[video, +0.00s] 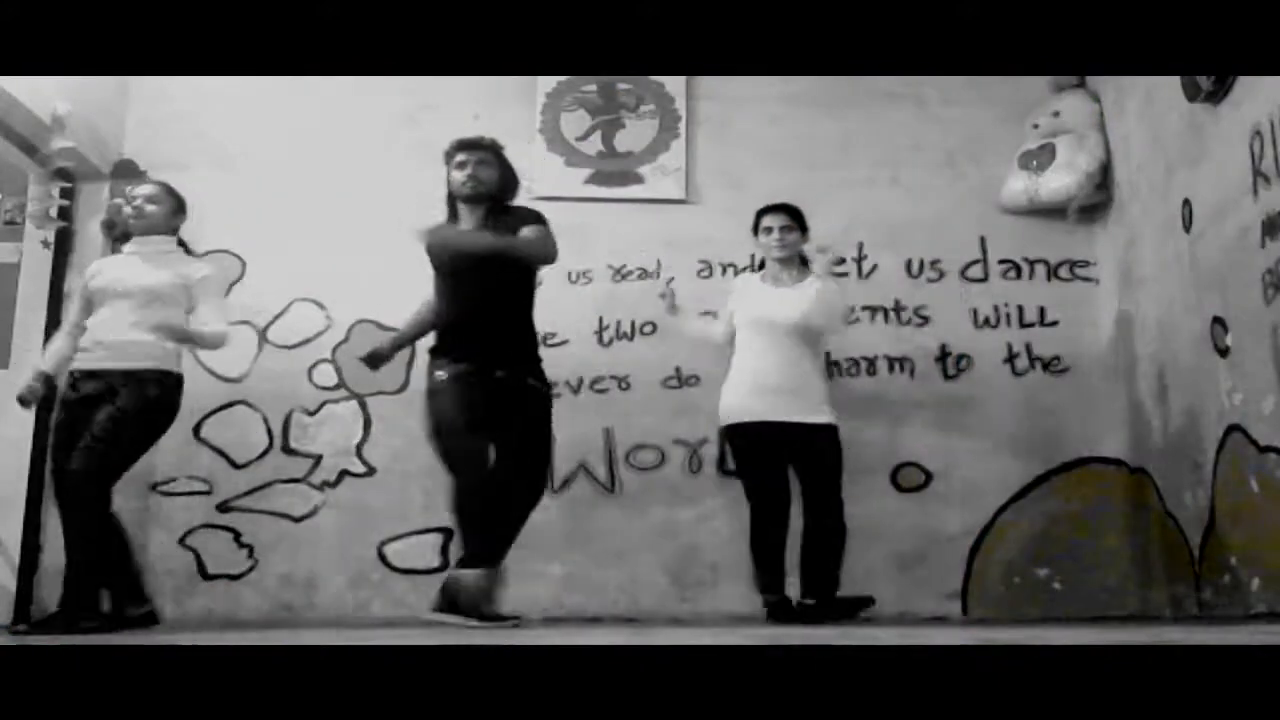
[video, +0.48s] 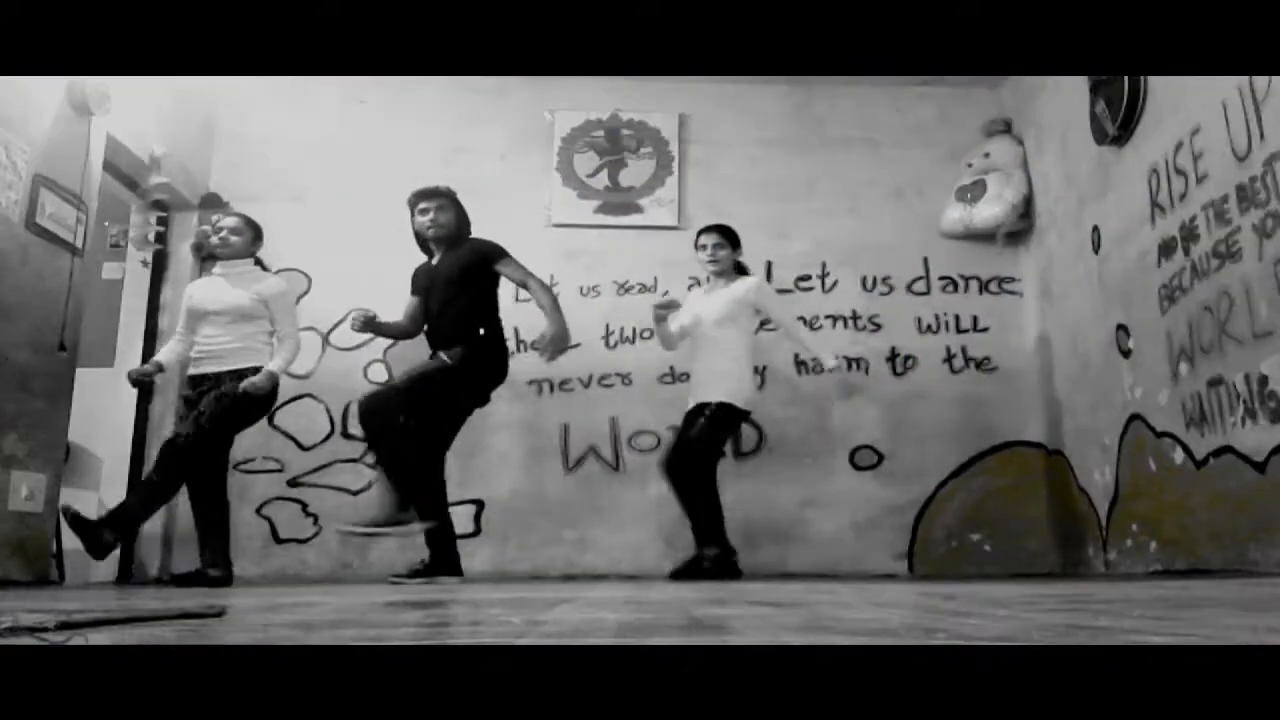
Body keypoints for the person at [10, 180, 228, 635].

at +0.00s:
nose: (135, 203)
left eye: (150, 199)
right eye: (132, 199)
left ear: (175, 218)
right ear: (125, 213)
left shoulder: (194, 267)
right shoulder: (100, 268)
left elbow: (216, 335)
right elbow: (70, 330)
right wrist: (42, 374)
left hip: (148, 381)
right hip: (87, 380)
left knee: (84, 478)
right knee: (71, 482)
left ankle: (131, 601)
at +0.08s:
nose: (216, 239)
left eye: (228, 235)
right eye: (212, 235)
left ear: (249, 250)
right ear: (205, 249)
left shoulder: (262, 289)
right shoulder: (193, 297)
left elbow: (261, 343)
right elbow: (176, 350)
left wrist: (205, 340)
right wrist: (145, 388)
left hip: (228, 390)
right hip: (178, 387)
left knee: (174, 462)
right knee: (162, 466)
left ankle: (207, 566)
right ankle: (167, 566)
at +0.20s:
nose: (216, 236)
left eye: (228, 232)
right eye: (213, 232)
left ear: (249, 247)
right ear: (208, 244)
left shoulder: (264, 286)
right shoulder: (197, 291)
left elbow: (275, 341)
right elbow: (183, 344)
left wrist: (218, 353)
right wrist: (149, 381)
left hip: (233, 385)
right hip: (185, 383)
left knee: (162, 455)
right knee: (179, 467)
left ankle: (167, 563)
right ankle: (208, 565)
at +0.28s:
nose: (219, 238)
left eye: (231, 234)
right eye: (216, 233)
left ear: (252, 247)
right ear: (209, 243)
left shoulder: (268, 286)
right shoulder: (196, 292)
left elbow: (290, 339)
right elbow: (181, 343)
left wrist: (263, 369)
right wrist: (144, 372)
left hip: (239, 384)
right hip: (194, 384)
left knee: (148, 439)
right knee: (198, 475)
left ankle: (192, 526)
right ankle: (213, 568)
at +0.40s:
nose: (220, 239)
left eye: (231, 235)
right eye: (217, 234)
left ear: (254, 247)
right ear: (211, 243)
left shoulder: (270, 287)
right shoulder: (198, 293)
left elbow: (294, 340)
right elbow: (180, 343)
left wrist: (274, 377)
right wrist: (144, 367)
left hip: (244, 384)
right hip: (199, 385)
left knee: (157, 429)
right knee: (202, 476)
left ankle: (181, 520)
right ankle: (214, 567)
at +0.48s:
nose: (221, 236)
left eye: (232, 232)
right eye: (217, 231)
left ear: (253, 245)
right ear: (209, 241)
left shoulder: (270, 283)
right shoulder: (196, 289)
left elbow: (289, 338)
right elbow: (183, 341)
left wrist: (271, 373)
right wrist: (155, 365)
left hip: (247, 383)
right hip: (200, 386)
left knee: (180, 450)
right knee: (205, 477)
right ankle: (215, 567)